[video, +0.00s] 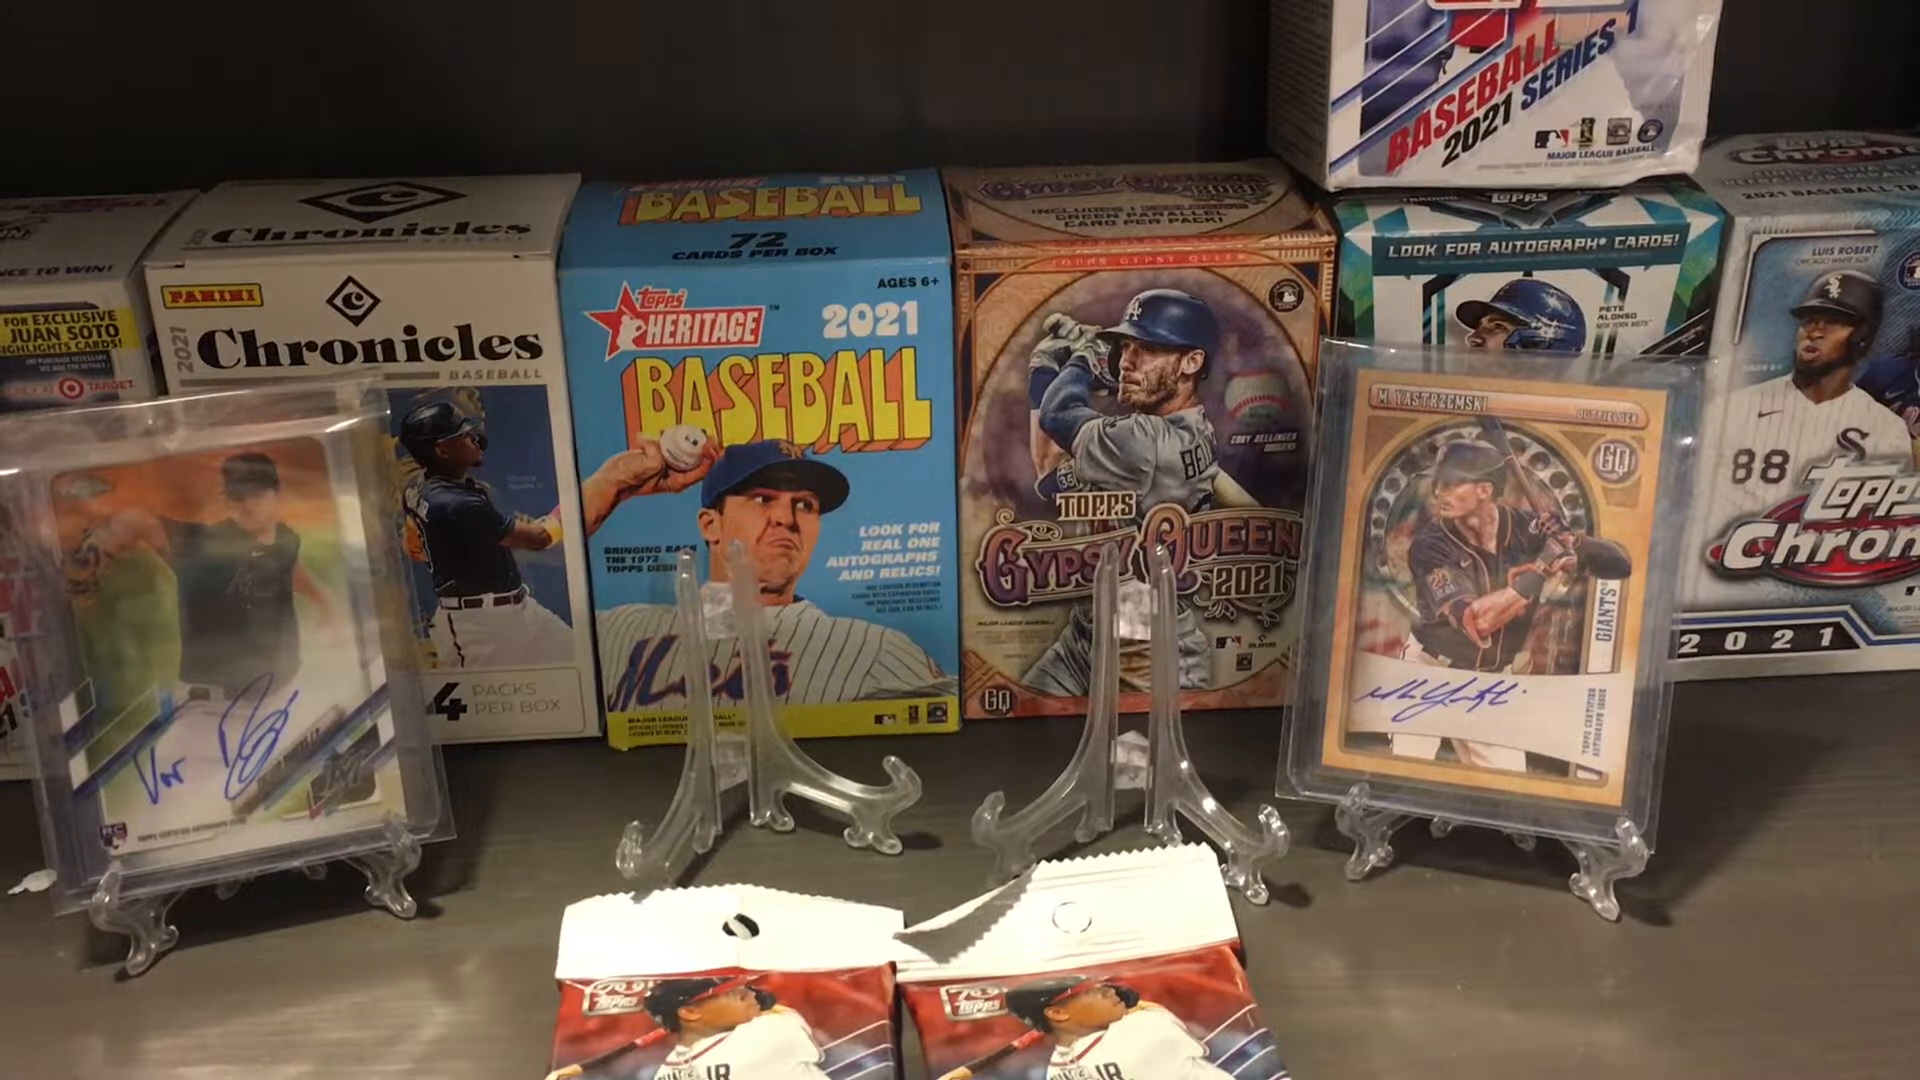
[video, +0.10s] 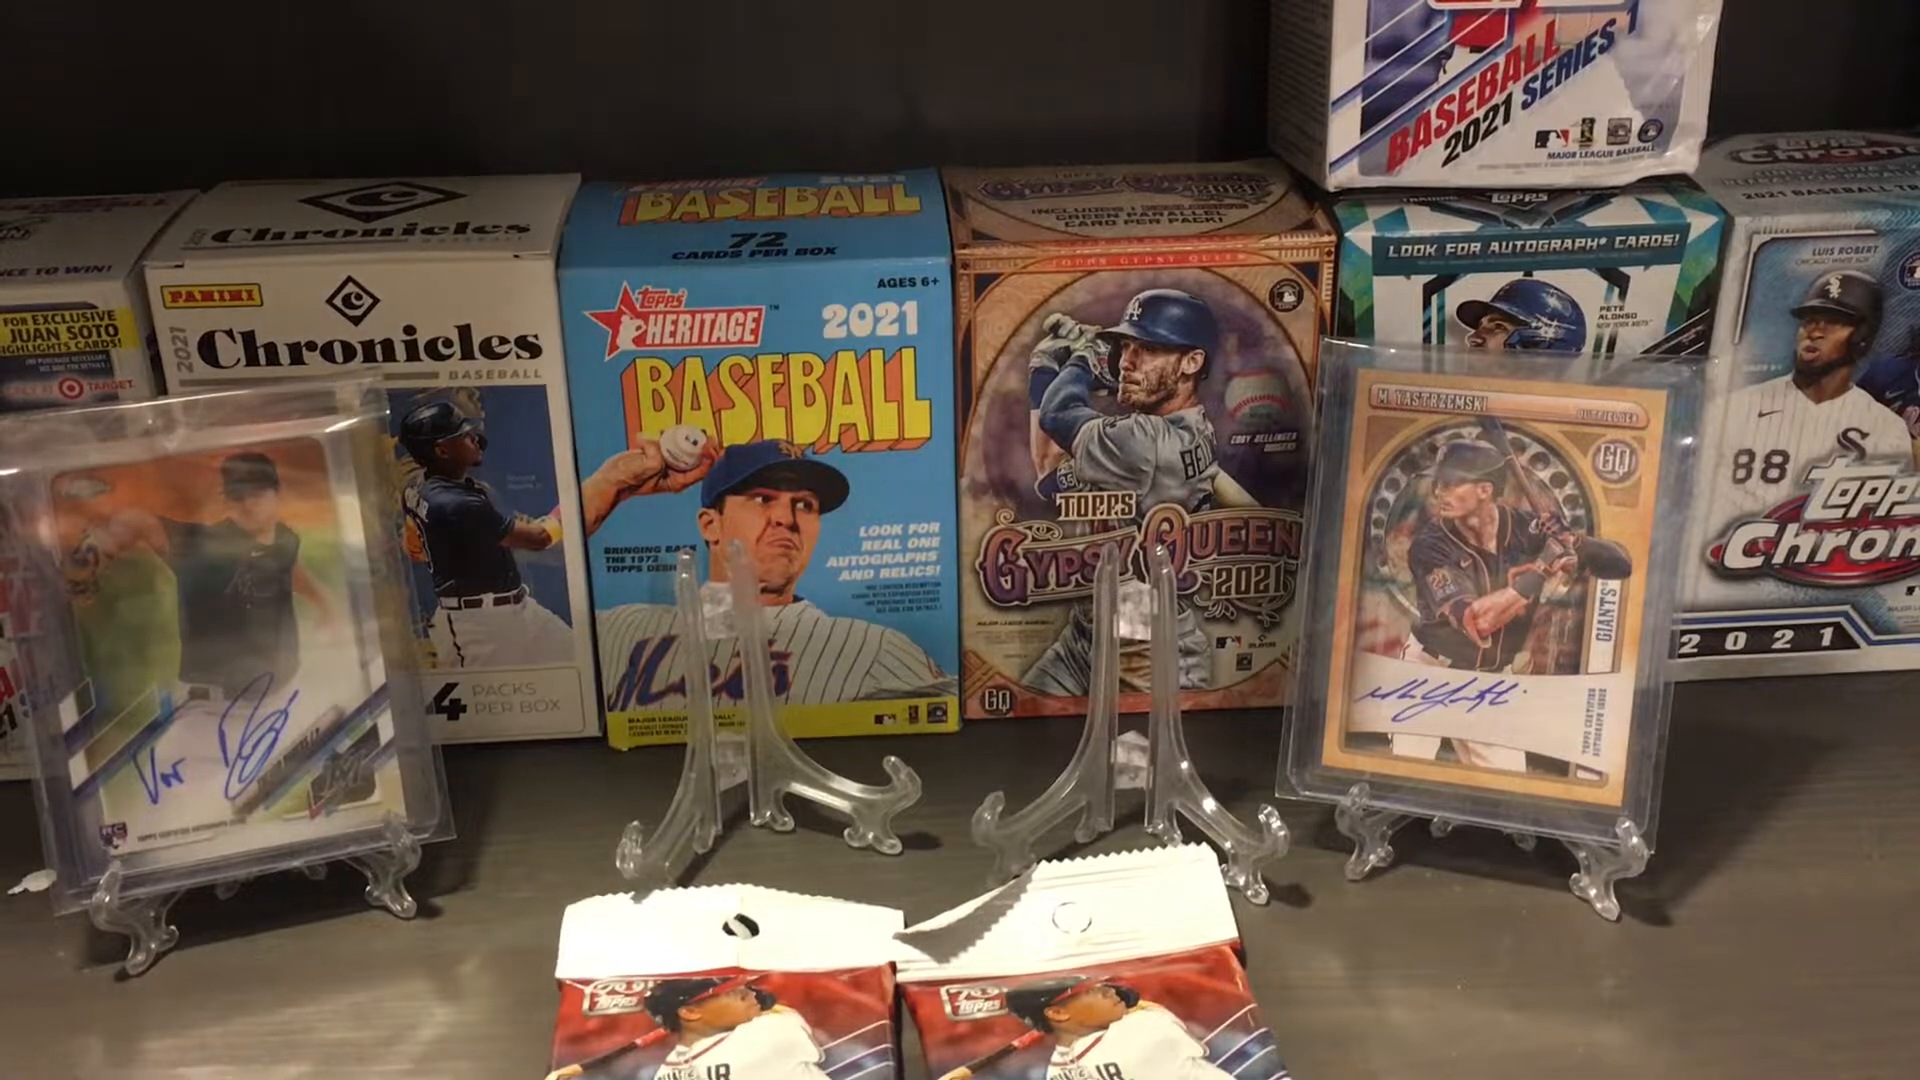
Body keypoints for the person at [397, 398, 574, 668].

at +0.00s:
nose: (476, 437)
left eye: (470, 431)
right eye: (465, 434)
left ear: (443, 451)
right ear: (442, 450)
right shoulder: (460, 507)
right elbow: (539, 538)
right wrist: (569, 510)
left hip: (519, 608)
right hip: (474, 623)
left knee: (587, 665)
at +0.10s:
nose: (475, 436)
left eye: (469, 430)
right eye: (464, 434)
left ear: (443, 451)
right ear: (442, 450)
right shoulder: (460, 507)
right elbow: (539, 538)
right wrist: (570, 509)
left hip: (519, 609)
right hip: (474, 623)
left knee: (587, 664)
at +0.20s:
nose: (473, 435)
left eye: (468, 430)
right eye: (463, 433)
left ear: (443, 452)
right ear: (442, 450)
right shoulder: (459, 507)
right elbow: (538, 537)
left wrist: (538, 524)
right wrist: (570, 509)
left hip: (519, 609)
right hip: (473, 623)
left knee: (587, 665)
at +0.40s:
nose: (474, 436)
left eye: (469, 430)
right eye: (464, 434)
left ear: (443, 451)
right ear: (442, 450)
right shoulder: (459, 506)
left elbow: (413, 544)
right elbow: (539, 537)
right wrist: (570, 510)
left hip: (520, 610)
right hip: (473, 624)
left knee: (588, 664)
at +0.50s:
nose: (474, 435)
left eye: (468, 429)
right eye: (463, 433)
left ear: (442, 451)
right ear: (441, 450)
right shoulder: (459, 506)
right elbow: (538, 538)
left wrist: (546, 522)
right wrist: (568, 512)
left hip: (520, 609)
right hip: (474, 623)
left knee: (588, 665)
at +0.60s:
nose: (474, 435)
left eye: (468, 429)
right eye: (463, 433)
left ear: (443, 452)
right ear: (442, 450)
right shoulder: (459, 506)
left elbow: (413, 544)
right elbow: (539, 537)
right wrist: (572, 510)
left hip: (519, 609)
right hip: (473, 624)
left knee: (587, 663)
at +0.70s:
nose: (474, 436)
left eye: (469, 430)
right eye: (464, 434)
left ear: (442, 451)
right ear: (441, 450)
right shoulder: (459, 505)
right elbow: (538, 537)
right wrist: (569, 512)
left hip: (520, 609)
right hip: (474, 623)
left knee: (588, 664)